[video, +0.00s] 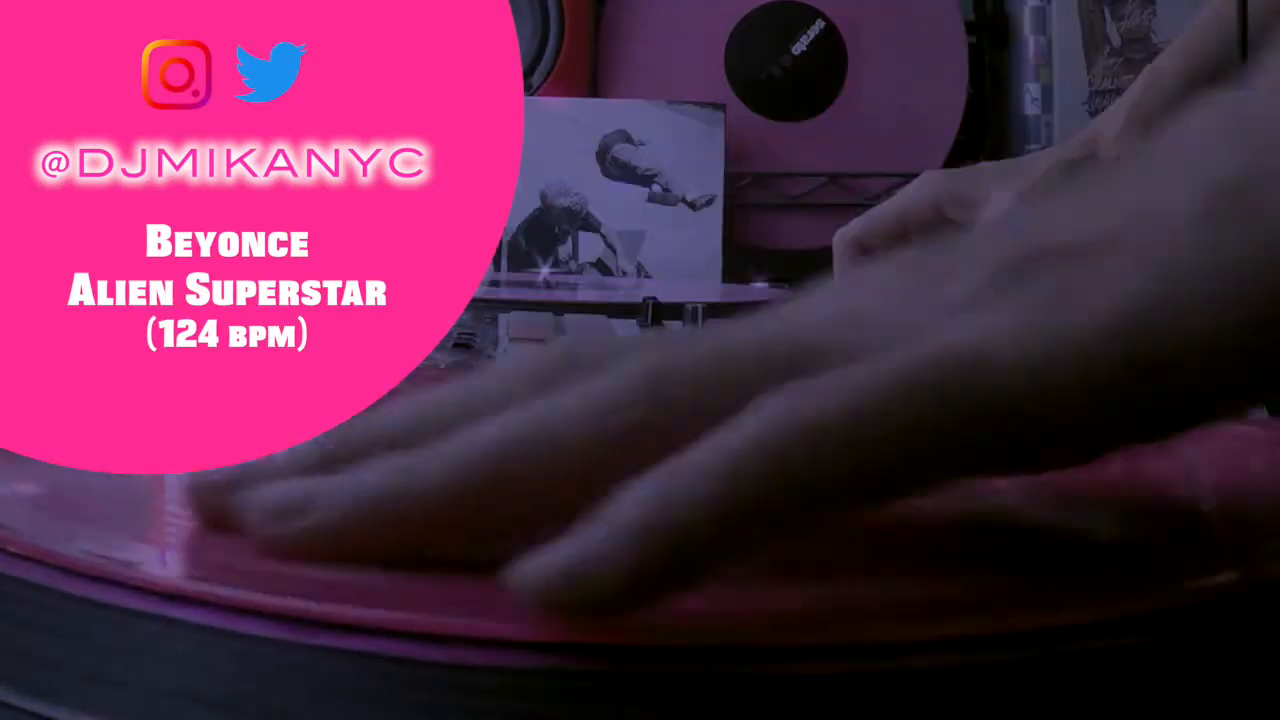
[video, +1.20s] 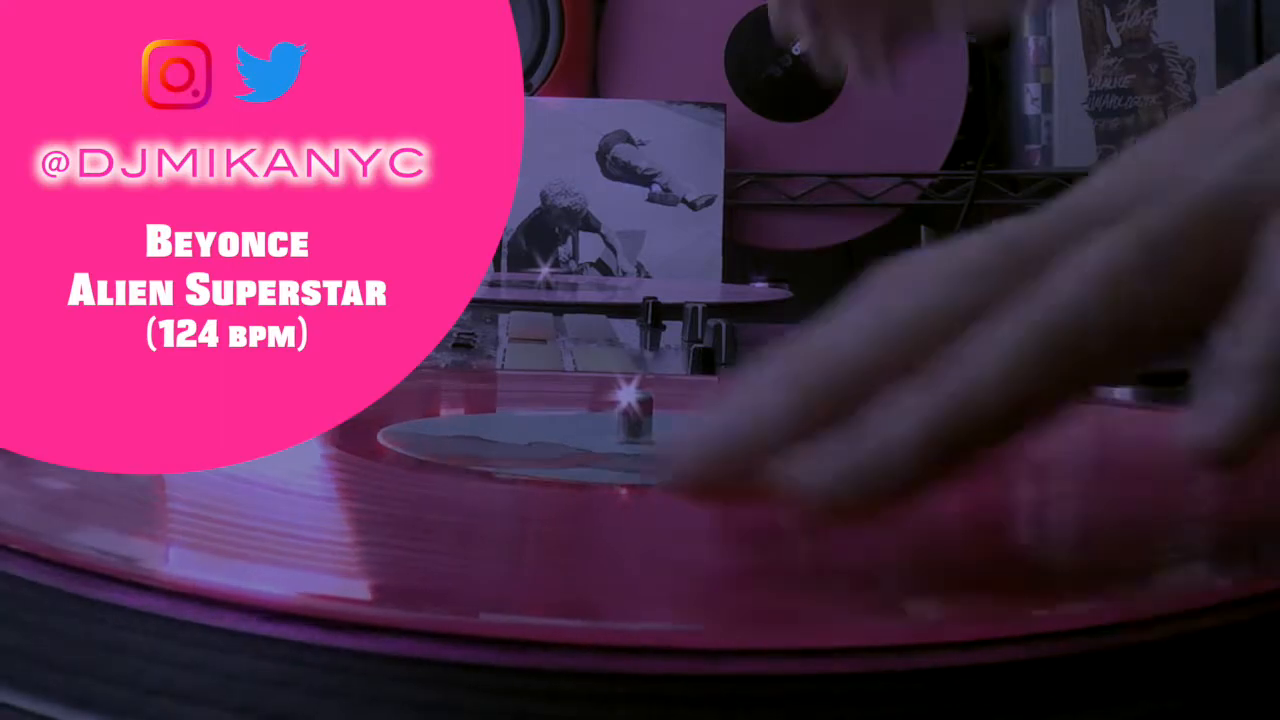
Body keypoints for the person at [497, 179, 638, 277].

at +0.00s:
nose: (570, 221)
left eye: (572, 214)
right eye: (564, 215)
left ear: (574, 209)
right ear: (550, 209)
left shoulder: (573, 212)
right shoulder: (537, 225)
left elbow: (603, 230)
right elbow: (545, 266)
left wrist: (621, 257)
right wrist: (569, 267)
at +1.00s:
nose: (574, 224)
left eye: (576, 217)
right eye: (568, 218)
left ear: (577, 210)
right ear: (552, 212)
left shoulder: (575, 212)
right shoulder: (530, 233)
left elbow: (605, 231)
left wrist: (621, 258)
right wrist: (572, 271)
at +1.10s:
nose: (576, 224)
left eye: (578, 217)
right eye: (569, 219)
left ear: (579, 209)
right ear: (553, 213)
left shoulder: (574, 212)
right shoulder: (526, 236)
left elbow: (605, 231)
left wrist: (621, 258)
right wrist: (571, 271)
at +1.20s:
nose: (575, 223)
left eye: (576, 217)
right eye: (568, 218)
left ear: (578, 210)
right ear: (553, 213)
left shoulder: (575, 212)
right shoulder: (531, 230)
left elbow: (605, 231)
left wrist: (621, 258)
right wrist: (571, 271)